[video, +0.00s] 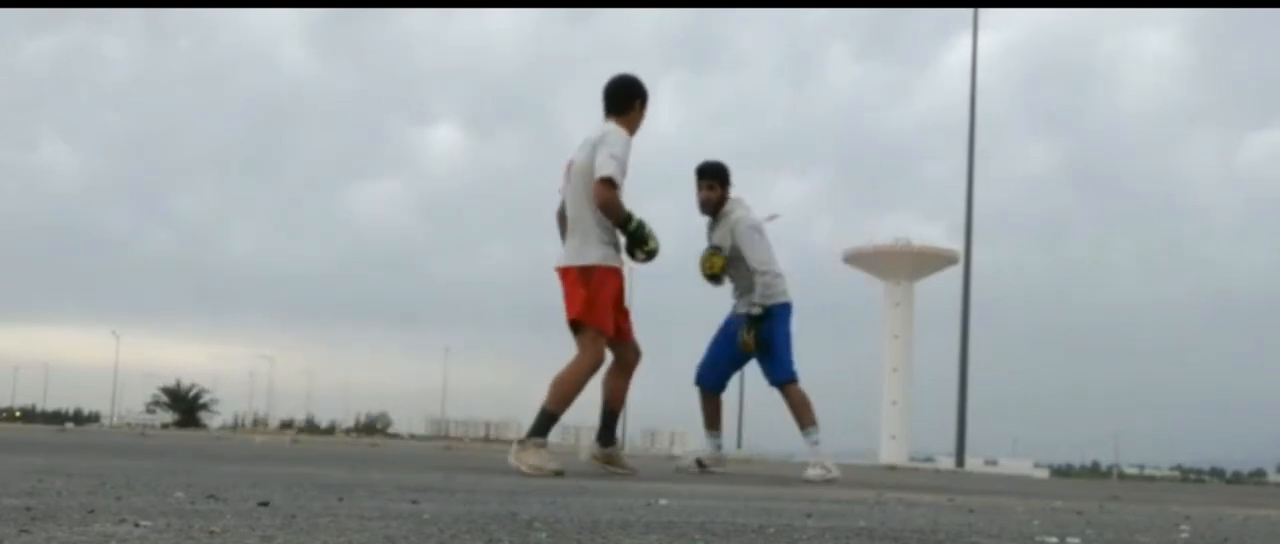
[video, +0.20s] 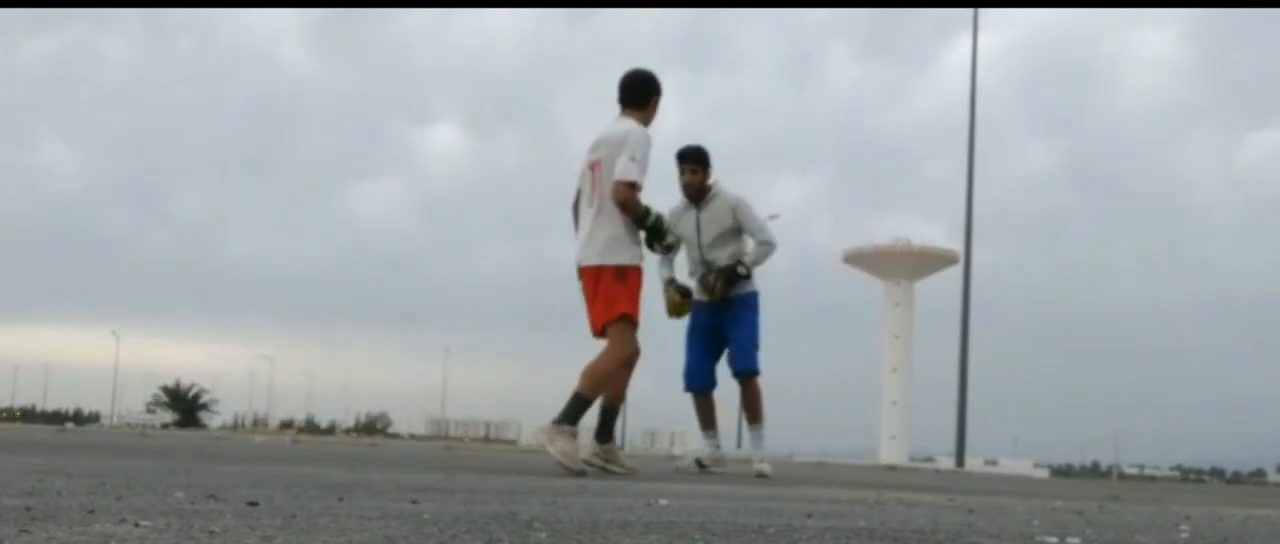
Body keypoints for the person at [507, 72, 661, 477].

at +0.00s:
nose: (644, 117)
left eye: (644, 110)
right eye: (644, 109)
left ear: (607, 106)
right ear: (637, 107)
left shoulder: (587, 145)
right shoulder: (615, 139)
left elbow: (564, 208)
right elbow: (605, 194)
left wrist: (578, 251)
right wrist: (634, 229)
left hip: (585, 263)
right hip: (594, 264)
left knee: (627, 354)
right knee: (593, 353)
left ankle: (606, 445)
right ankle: (532, 442)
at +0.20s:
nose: (657, 110)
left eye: (655, 103)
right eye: (658, 103)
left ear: (622, 99)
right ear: (653, 102)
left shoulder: (602, 139)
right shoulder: (636, 136)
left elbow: (579, 201)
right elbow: (623, 193)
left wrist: (591, 242)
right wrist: (653, 225)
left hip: (595, 256)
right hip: (615, 256)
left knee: (626, 349)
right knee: (622, 347)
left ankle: (603, 442)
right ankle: (562, 427)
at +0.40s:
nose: (673, 128)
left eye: (670, 122)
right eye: (673, 122)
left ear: (638, 117)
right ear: (669, 121)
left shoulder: (612, 155)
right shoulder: (659, 150)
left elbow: (590, 215)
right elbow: (653, 209)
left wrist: (633, 232)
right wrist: (674, 242)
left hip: (596, 268)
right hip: (624, 269)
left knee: (627, 355)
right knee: (639, 357)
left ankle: (607, 444)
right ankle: (605, 445)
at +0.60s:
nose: (677, 141)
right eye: (679, 136)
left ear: (644, 132)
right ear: (677, 136)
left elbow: (597, 225)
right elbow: (678, 227)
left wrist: (600, 265)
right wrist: (694, 266)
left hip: (603, 272)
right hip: (639, 274)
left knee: (624, 360)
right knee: (640, 358)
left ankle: (619, 442)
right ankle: (607, 441)